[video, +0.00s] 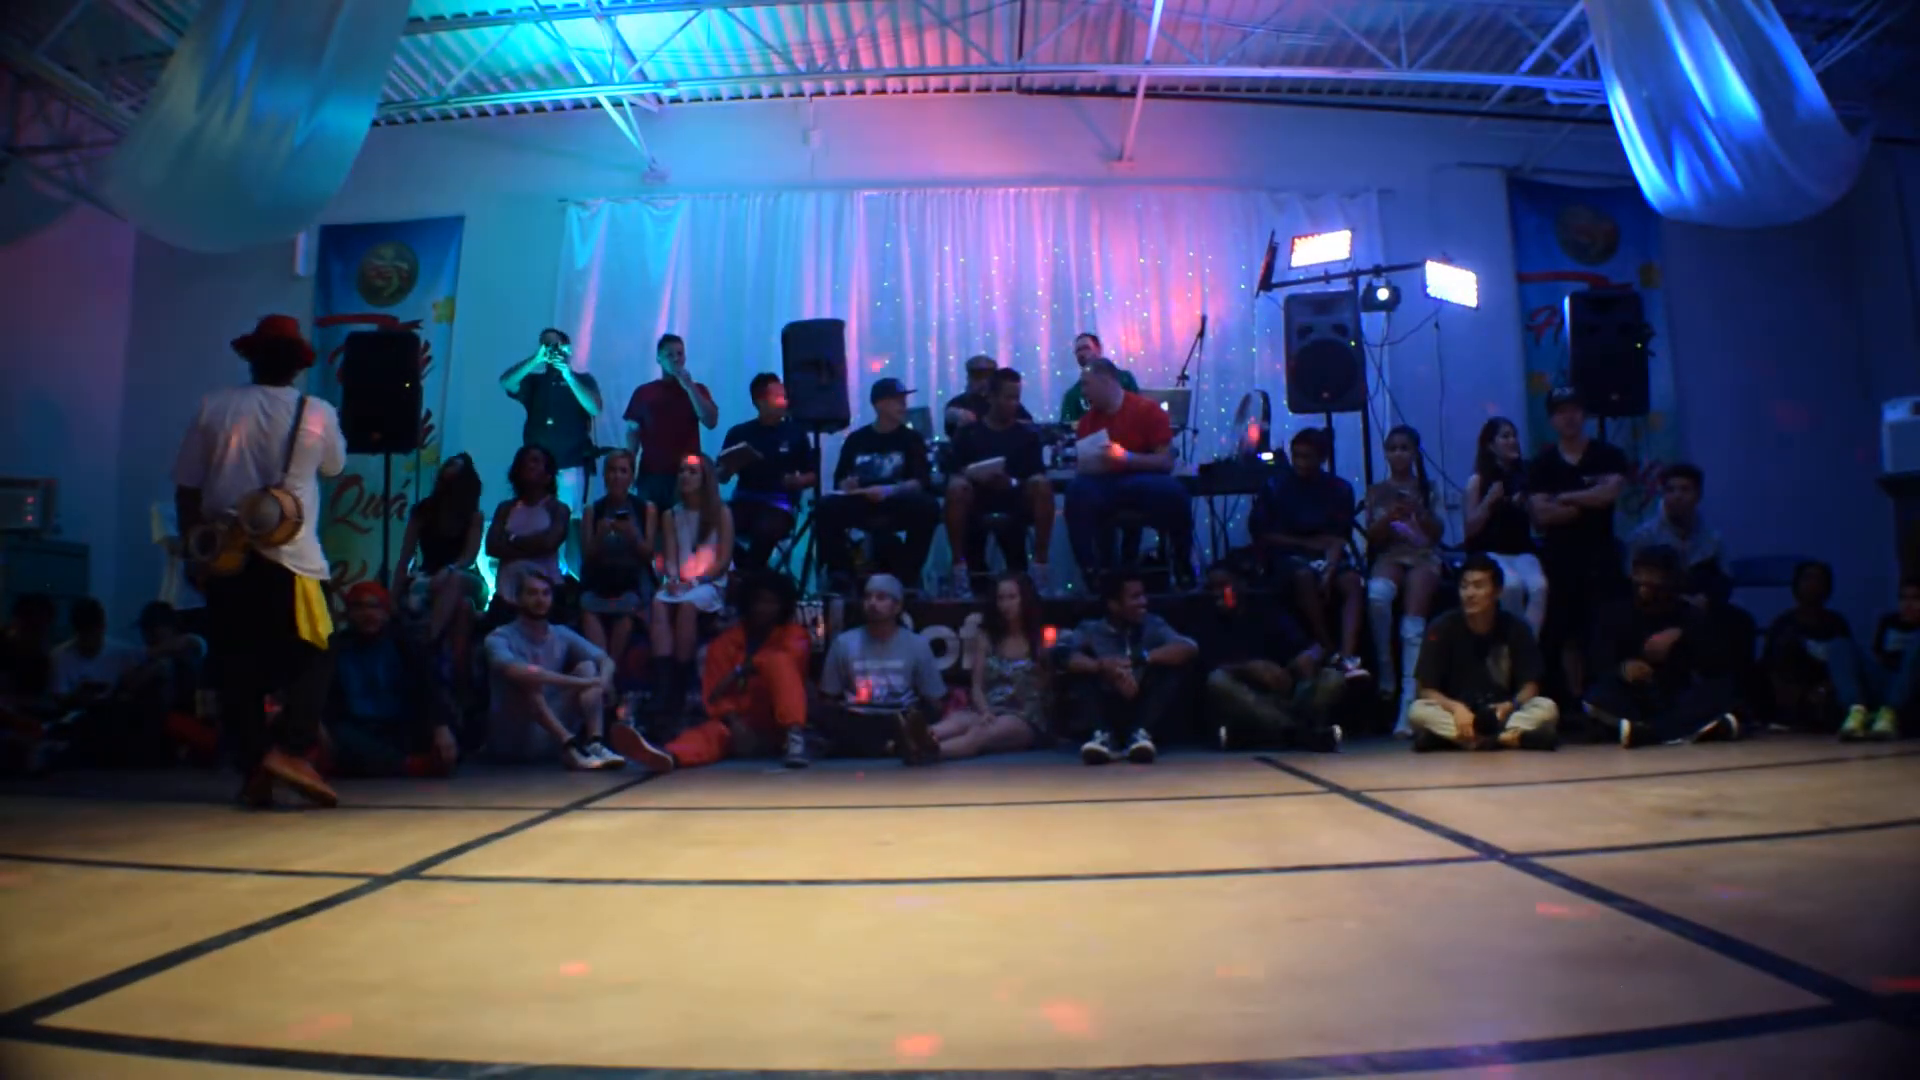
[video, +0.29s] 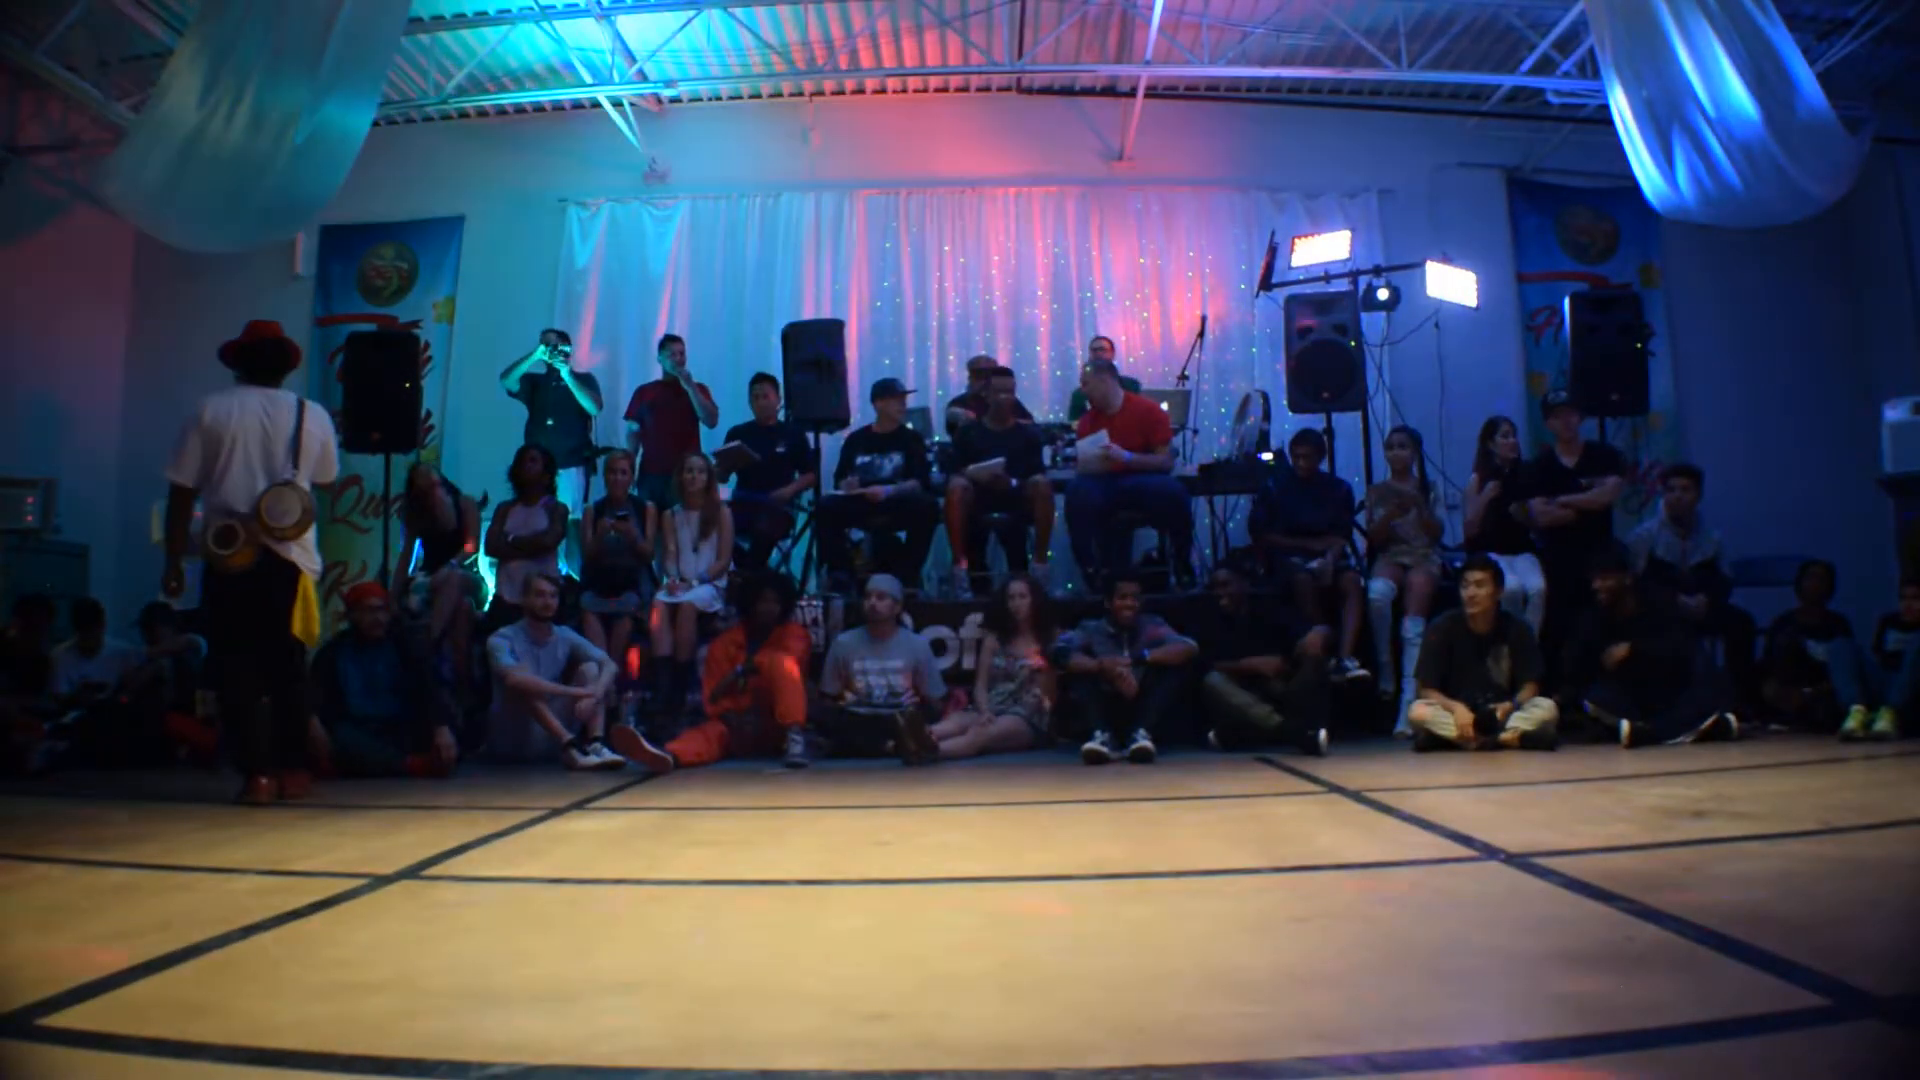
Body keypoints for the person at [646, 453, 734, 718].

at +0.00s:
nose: (685, 476)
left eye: (692, 471)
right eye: (682, 471)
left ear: (705, 478)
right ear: (678, 477)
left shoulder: (720, 513)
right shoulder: (671, 516)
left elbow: (723, 559)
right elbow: (670, 556)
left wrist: (701, 578)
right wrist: (673, 577)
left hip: (709, 579)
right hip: (679, 580)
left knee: (687, 606)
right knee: (659, 605)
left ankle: (680, 680)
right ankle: (662, 679)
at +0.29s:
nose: (694, 477)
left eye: (700, 471)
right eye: (689, 471)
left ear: (709, 477)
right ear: (681, 477)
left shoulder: (720, 513)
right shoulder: (671, 516)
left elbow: (724, 559)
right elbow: (670, 554)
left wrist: (699, 581)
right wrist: (672, 578)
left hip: (709, 580)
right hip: (678, 581)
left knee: (687, 607)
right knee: (659, 608)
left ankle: (681, 681)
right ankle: (661, 681)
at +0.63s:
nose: (698, 476)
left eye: (704, 471)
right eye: (692, 471)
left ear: (711, 477)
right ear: (682, 477)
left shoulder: (721, 513)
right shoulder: (671, 516)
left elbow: (724, 559)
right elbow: (669, 556)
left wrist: (702, 579)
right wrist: (675, 577)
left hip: (711, 579)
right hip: (680, 580)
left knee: (687, 606)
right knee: (659, 604)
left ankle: (681, 681)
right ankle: (662, 680)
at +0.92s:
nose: (699, 476)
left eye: (704, 471)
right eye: (693, 471)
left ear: (711, 477)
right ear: (682, 476)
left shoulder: (721, 512)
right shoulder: (671, 516)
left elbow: (724, 560)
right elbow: (669, 556)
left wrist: (698, 581)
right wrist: (673, 577)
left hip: (710, 579)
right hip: (680, 580)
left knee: (687, 607)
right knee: (659, 605)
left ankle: (681, 681)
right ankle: (662, 680)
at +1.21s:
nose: (698, 476)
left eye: (703, 471)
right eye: (692, 471)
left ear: (710, 477)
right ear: (681, 476)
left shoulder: (721, 513)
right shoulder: (671, 516)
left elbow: (724, 561)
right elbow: (669, 558)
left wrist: (696, 581)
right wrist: (672, 578)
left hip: (710, 580)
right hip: (679, 581)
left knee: (686, 607)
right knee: (658, 605)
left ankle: (681, 684)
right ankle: (662, 683)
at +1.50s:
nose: (699, 477)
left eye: (704, 472)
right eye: (693, 472)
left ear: (711, 477)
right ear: (683, 477)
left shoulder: (721, 513)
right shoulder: (672, 516)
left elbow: (725, 560)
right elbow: (671, 557)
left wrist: (699, 580)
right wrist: (675, 577)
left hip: (710, 579)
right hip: (681, 580)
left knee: (688, 605)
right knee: (661, 603)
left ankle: (682, 679)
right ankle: (663, 678)